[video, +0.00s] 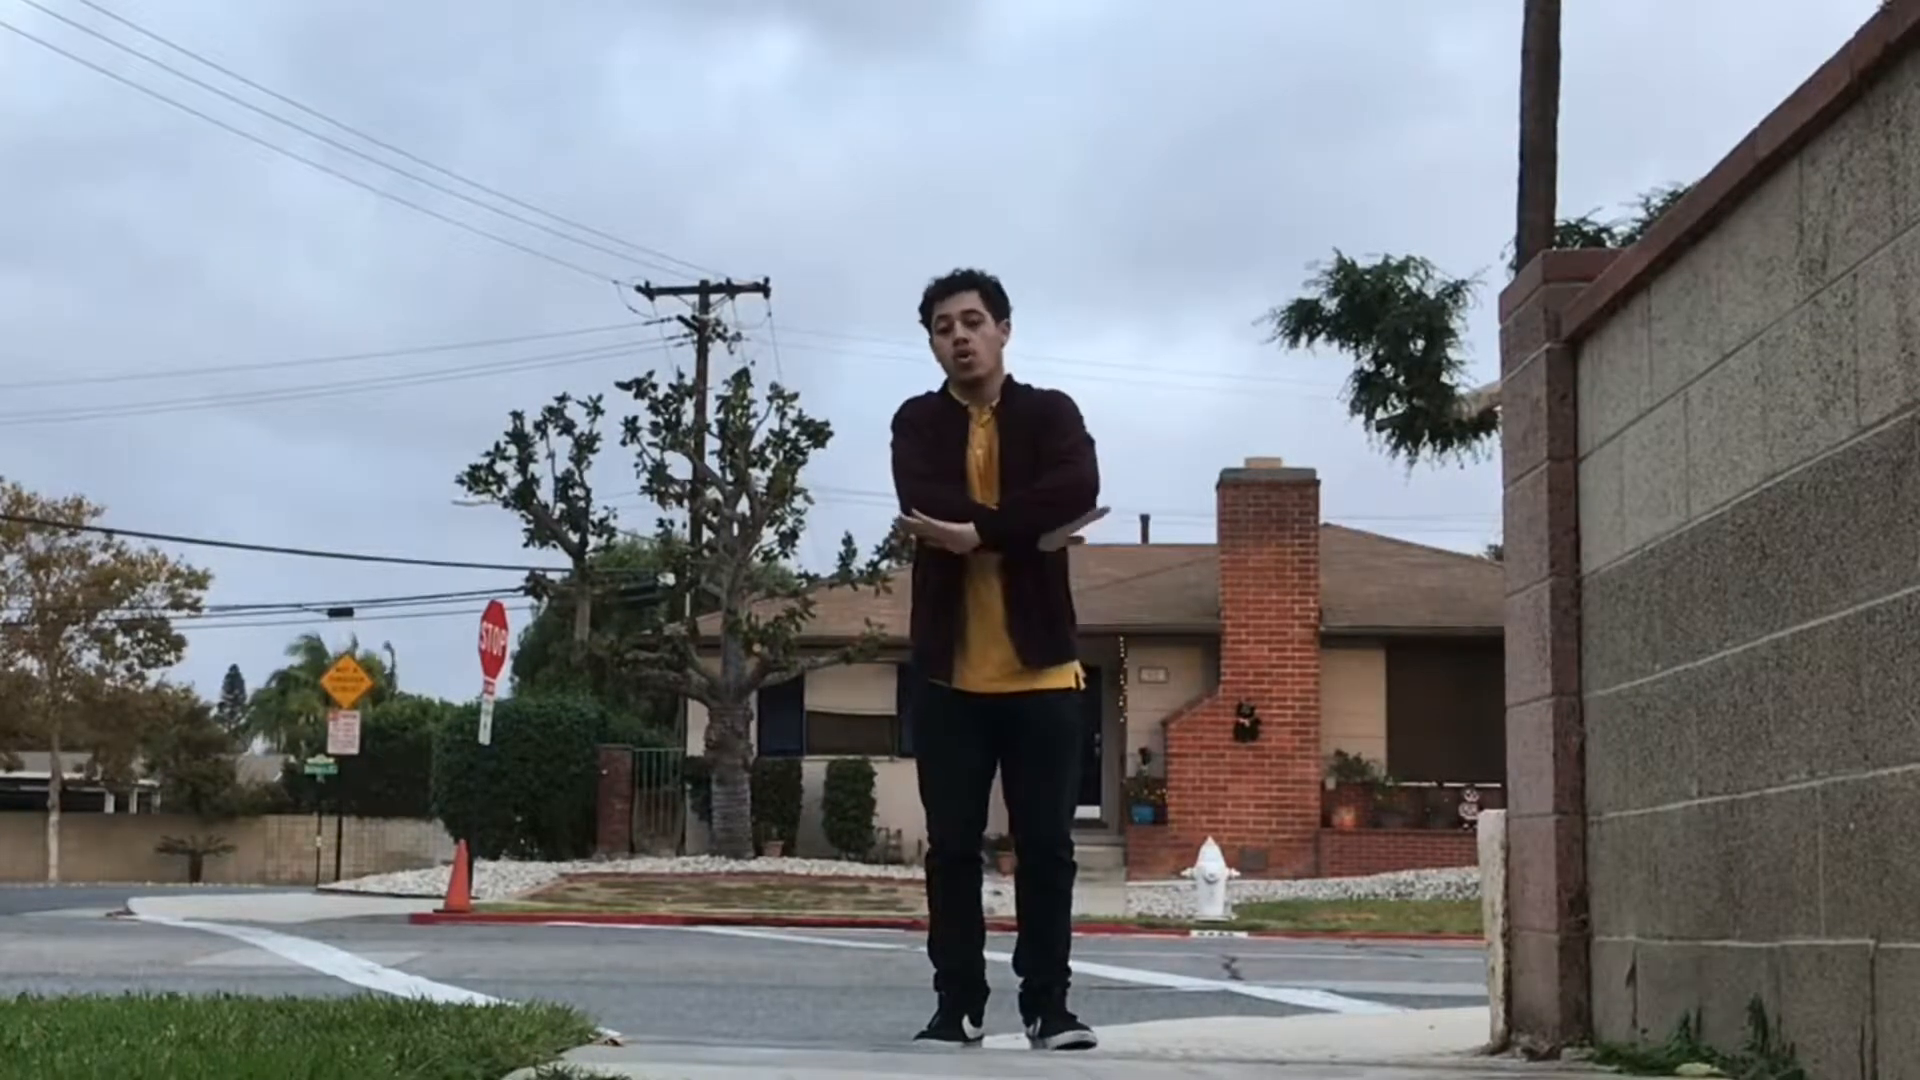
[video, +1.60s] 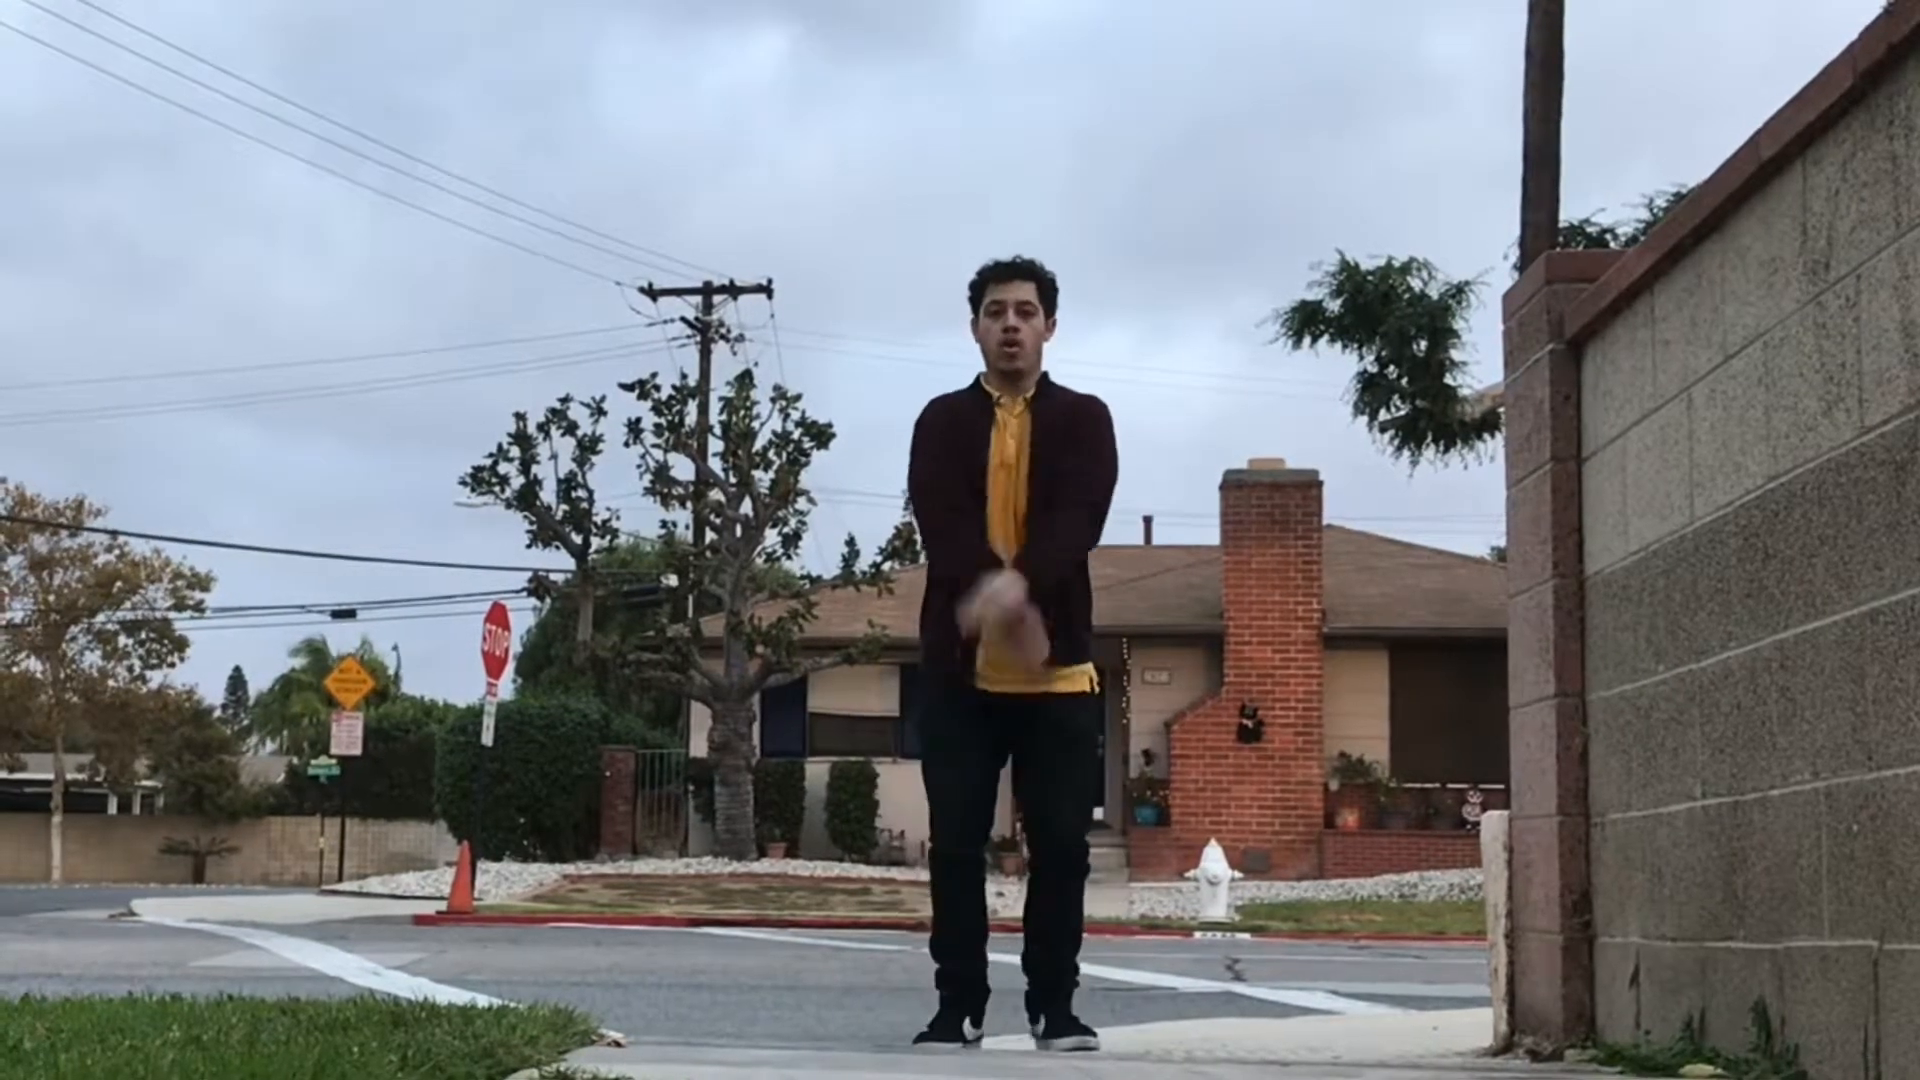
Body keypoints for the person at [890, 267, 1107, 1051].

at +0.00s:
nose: (959, 336)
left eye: (972, 321)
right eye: (945, 327)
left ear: (1003, 331)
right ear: (931, 345)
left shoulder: (1051, 410)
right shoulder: (918, 420)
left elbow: (1078, 488)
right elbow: (926, 508)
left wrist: (975, 530)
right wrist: (1035, 529)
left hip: (1042, 675)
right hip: (949, 676)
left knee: (1047, 850)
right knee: (952, 850)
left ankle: (1048, 1009)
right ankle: (957, 1008)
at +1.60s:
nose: (1010, 326)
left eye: (1025, 313)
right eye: (996, 313)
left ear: (1048, 328)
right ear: (976, 328)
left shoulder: (1086, 418)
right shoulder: (941, 418)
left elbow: (1079, 518)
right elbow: (940, 521)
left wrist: (1022, 582)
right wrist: (987, 589)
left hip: (1058, 675)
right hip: (960, 672)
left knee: (1061, 848)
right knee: (956, 847)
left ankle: (1054, 1008)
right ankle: (958, 1010)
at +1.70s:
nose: (1011, 319)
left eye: (1025, 308)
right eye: (997, 308)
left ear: (1049, 325)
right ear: (975, 325)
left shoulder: (1087, 420)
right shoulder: (937, 424)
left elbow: (1111, 528)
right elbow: (908, 527)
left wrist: (1129, 620)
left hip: (1061, 673)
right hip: (962, 676)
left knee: (1058, 849)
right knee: (958, 848)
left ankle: (1055, 1010)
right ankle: (958, 1010)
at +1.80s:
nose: (1009, 320)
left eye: (1024, 308)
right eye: (995, 308)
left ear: (1047, 324)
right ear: (975, 324)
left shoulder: (1089, 416)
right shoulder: (932, 417)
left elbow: (1177, 487)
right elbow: (836, 474)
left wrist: (1276, 533)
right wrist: (747, 520)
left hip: (1061, 674)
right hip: (962, 674)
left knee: (1059, 850)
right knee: (960, 849)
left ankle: (1058, 1012)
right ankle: (959, 1013)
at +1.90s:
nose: (1008, 319)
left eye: (1023, 307)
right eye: (995, 307)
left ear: (1048, 323)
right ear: (972, 321)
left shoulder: (1094, 407)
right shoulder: (923, 409)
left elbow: (1210, 420)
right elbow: (818, 416)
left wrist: (1322, 393)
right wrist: (725, 392)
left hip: (1060, 670)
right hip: (958, 668)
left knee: (1058, 846)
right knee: (961, 842)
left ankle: (1055, 1013)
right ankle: (960, 1012)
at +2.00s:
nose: (1007, 325)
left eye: (1023, 312)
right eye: (993, 312)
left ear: (1047, 324)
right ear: (973, 325)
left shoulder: (1093, 406)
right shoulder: (929, 409)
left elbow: (1205, 404)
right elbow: (826, 413)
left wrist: (1276, 314)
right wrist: (756, 325)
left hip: (1061, 668)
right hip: (959, 666)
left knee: (1058, 849)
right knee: (961, 846)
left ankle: (1058, 1013)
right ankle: (960, 1013)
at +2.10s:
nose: (1008, 328)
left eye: (1023, 315)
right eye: (993, 315)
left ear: (1047, 325)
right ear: (973, 326)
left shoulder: (1089, 411)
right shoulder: (928, 414)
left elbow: (1196, 407)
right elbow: (827, 414)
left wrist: (1197, 303)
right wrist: (824, 317)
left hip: (1061, 669)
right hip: (958, 670)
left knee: (1058, 848)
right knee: (961, 848)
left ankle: (1058, 1015)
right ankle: (959, 1016)